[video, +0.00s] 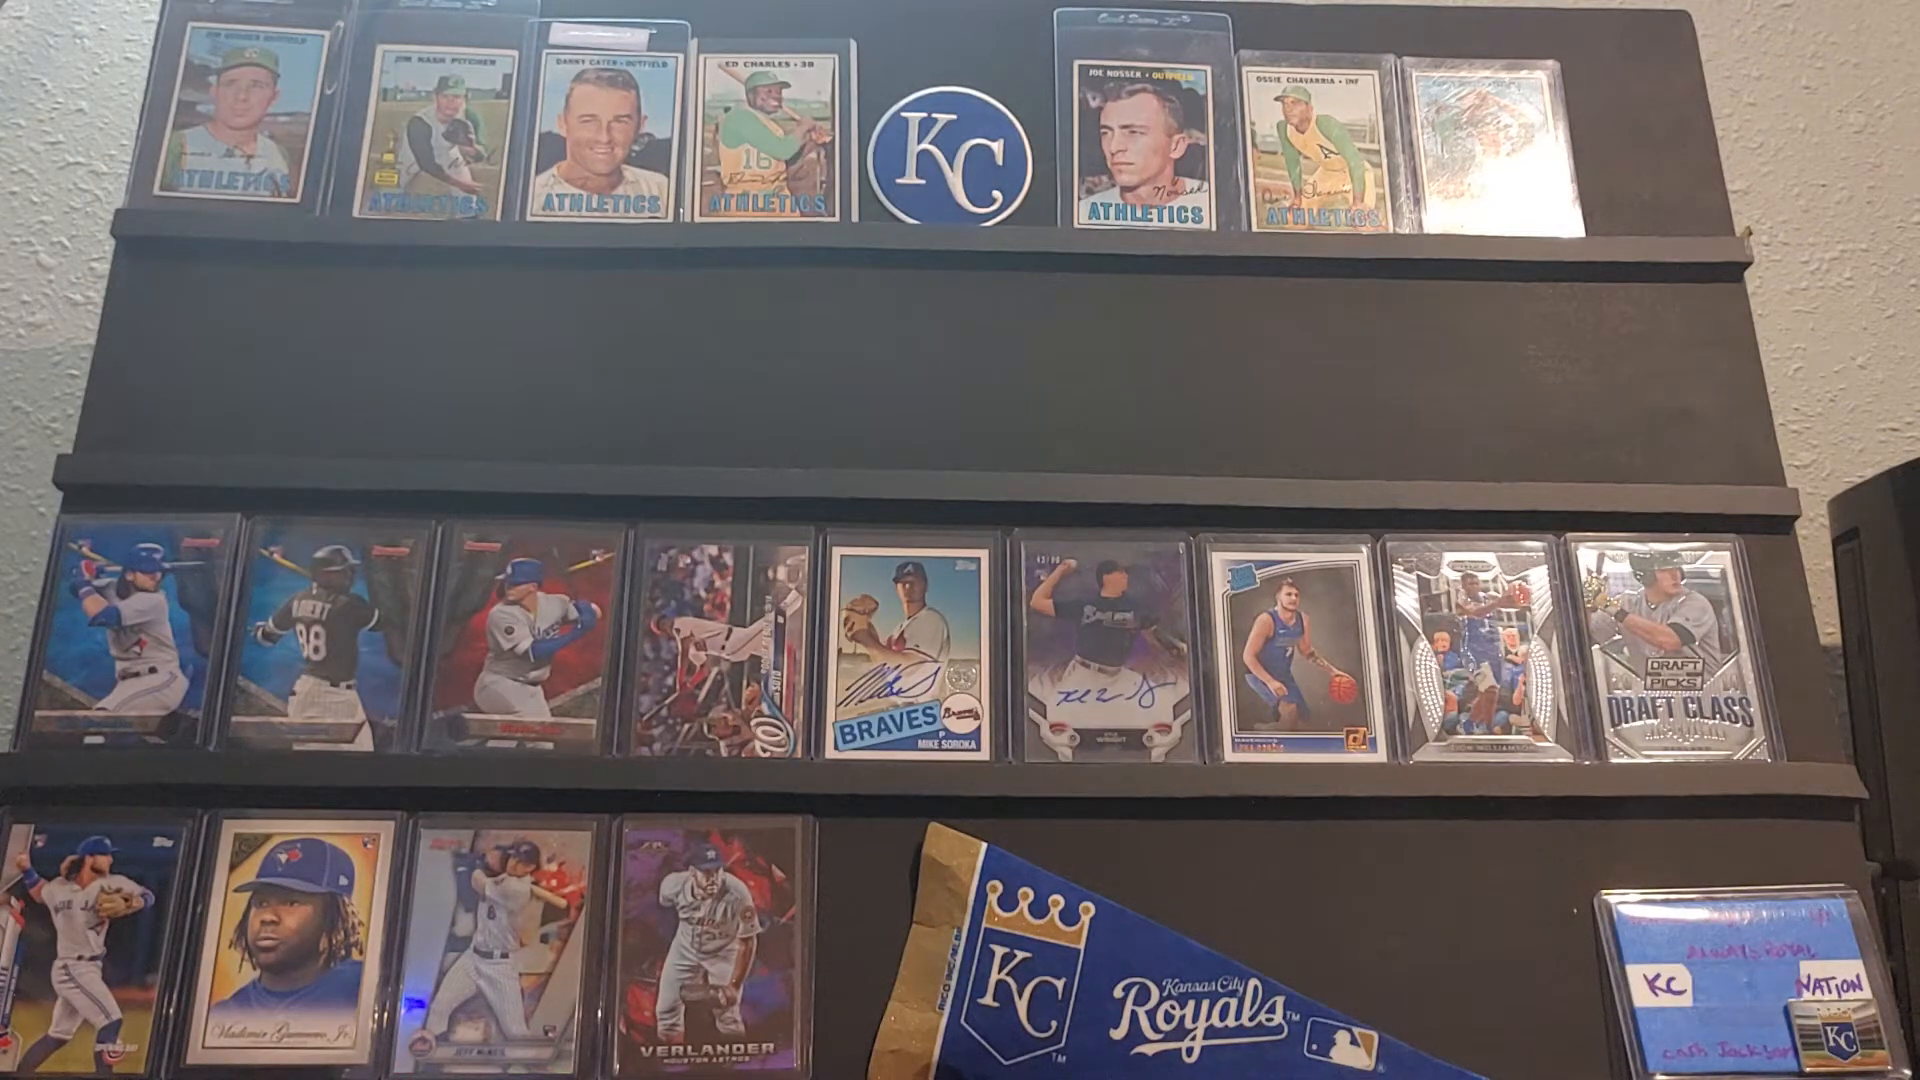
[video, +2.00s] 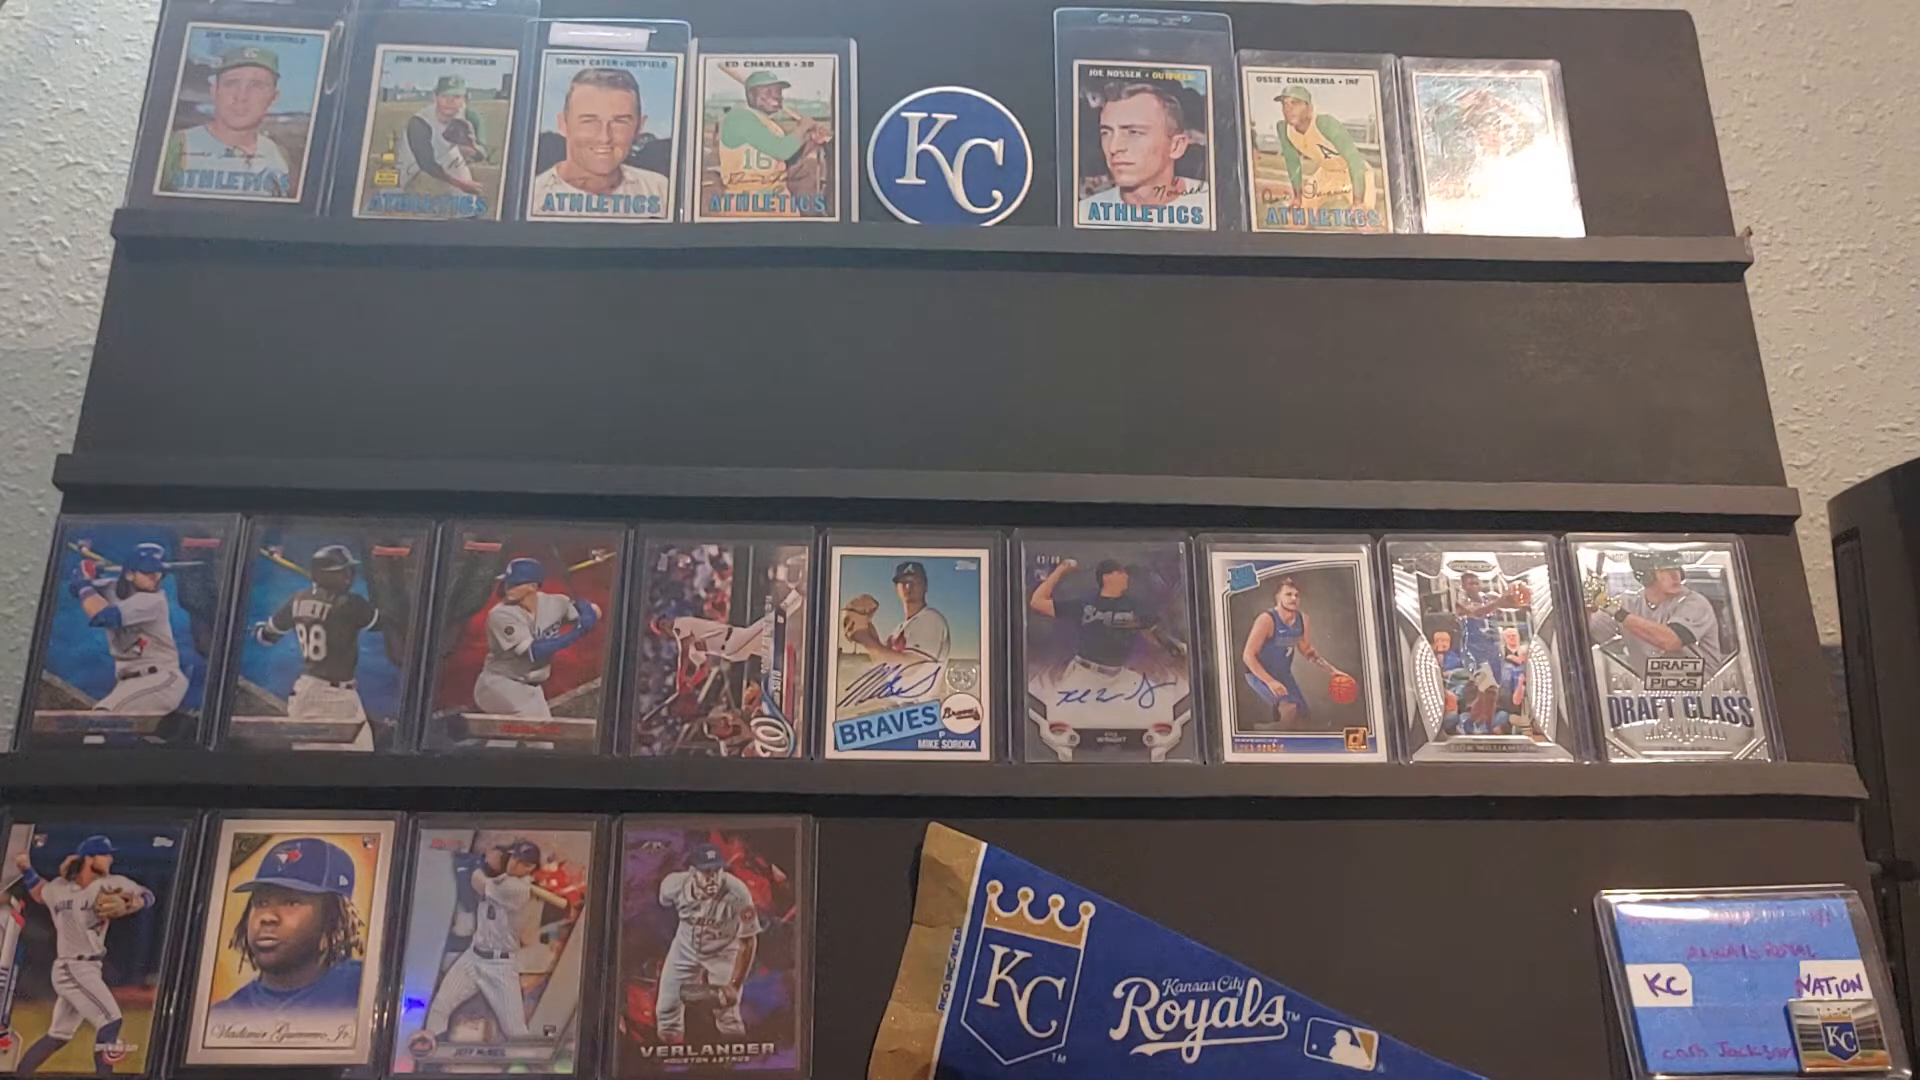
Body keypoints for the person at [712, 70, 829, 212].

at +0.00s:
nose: (777, 97)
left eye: (779, 92)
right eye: (770, 91)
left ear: (782, 93)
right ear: (752, 95)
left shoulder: (773, 126)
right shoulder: (739, 118)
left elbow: (784, 168)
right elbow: (783, 151)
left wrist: (811, 143)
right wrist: (802, 128)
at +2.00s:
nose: (777, 98)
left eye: (779, 93)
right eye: (770, 92)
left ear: (782, 93)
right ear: (753, 96)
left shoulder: (773, 126)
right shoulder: (739, 118)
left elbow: (783, 167)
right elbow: (782, 151)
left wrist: (811, 144)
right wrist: (803, 127)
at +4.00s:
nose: (776, 96)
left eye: (778, 91)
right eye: (768, 92)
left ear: (782, 94)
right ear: (752, 96)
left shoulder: (774, 127)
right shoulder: (739, 118)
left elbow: (786, 162)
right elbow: (783, 151)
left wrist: (811, 142)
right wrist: (803, 128)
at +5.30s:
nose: (776, 97)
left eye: (778, 92)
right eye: (769, 92)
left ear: (782, 93)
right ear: (752, 94)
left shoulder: (773, 126)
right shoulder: (739, 118)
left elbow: (785, 168)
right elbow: (783, 151)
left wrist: (811, 143)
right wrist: (803, 128)